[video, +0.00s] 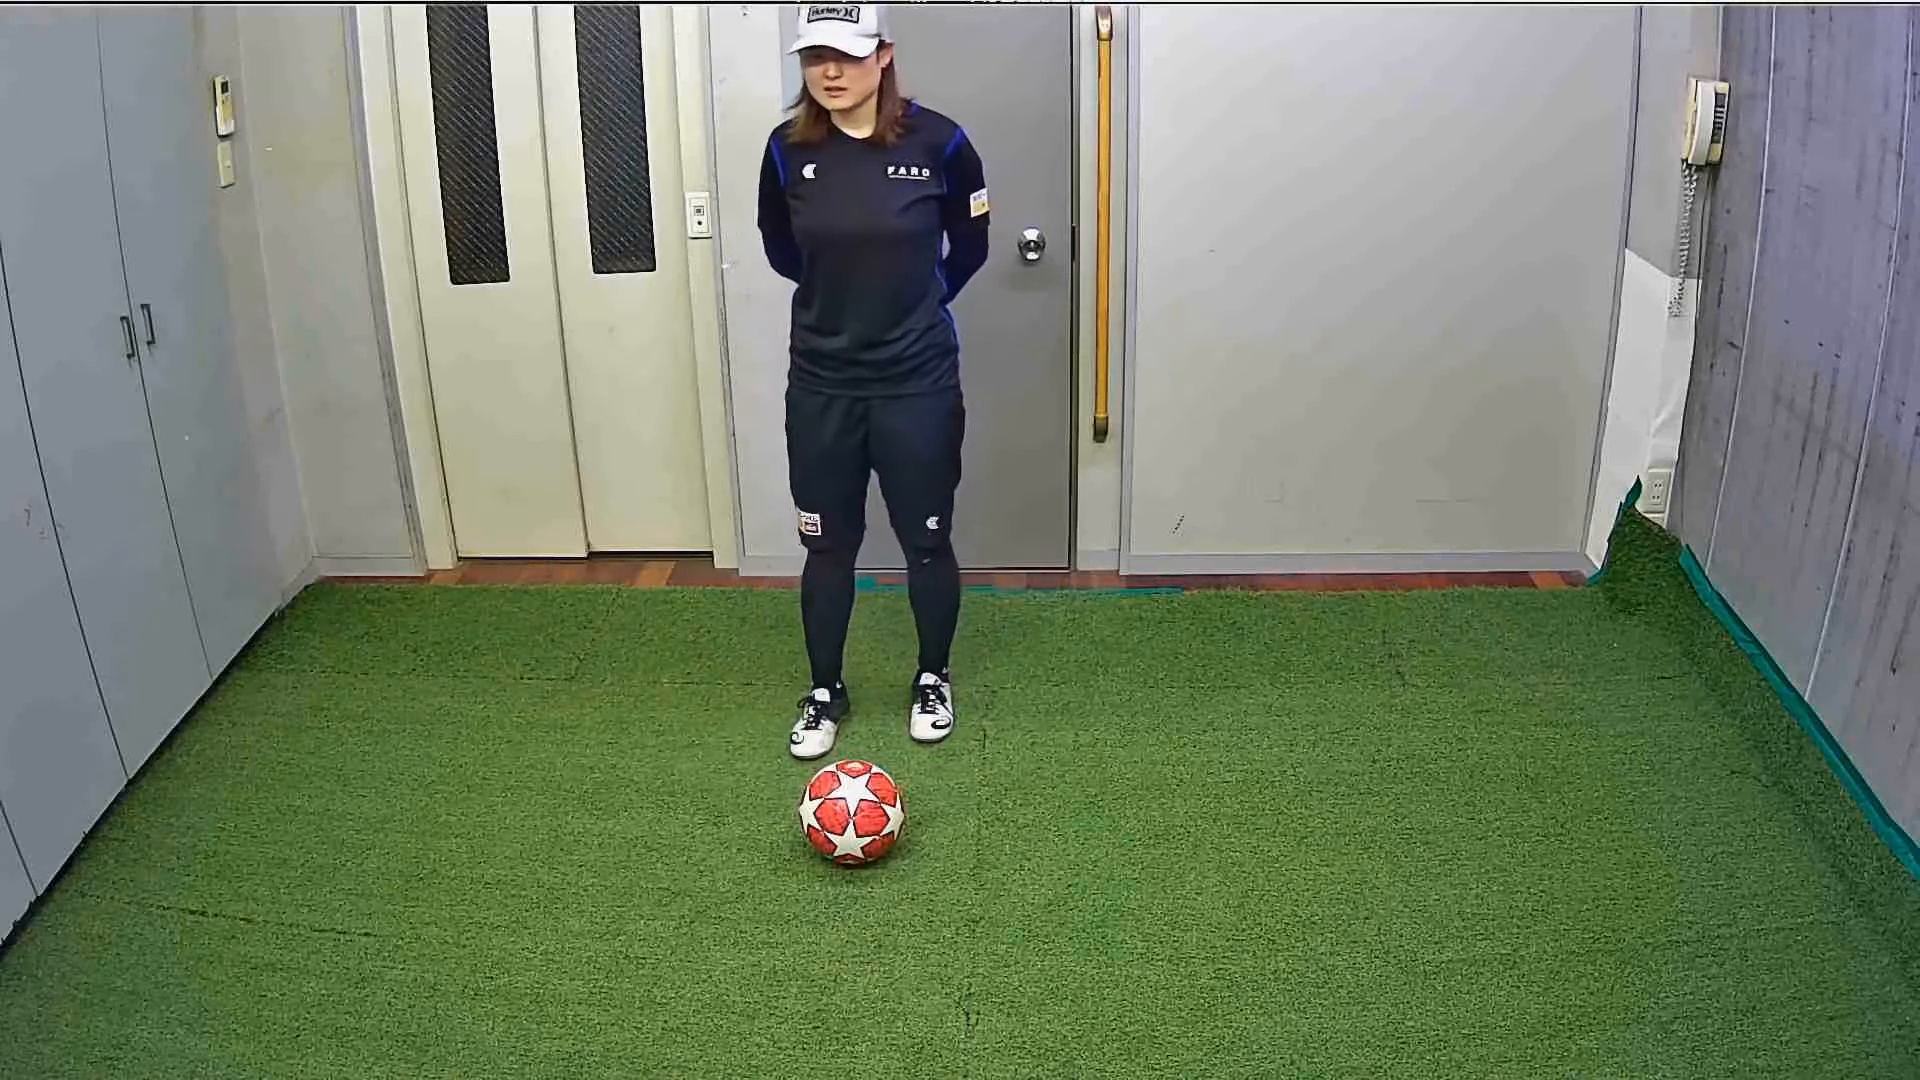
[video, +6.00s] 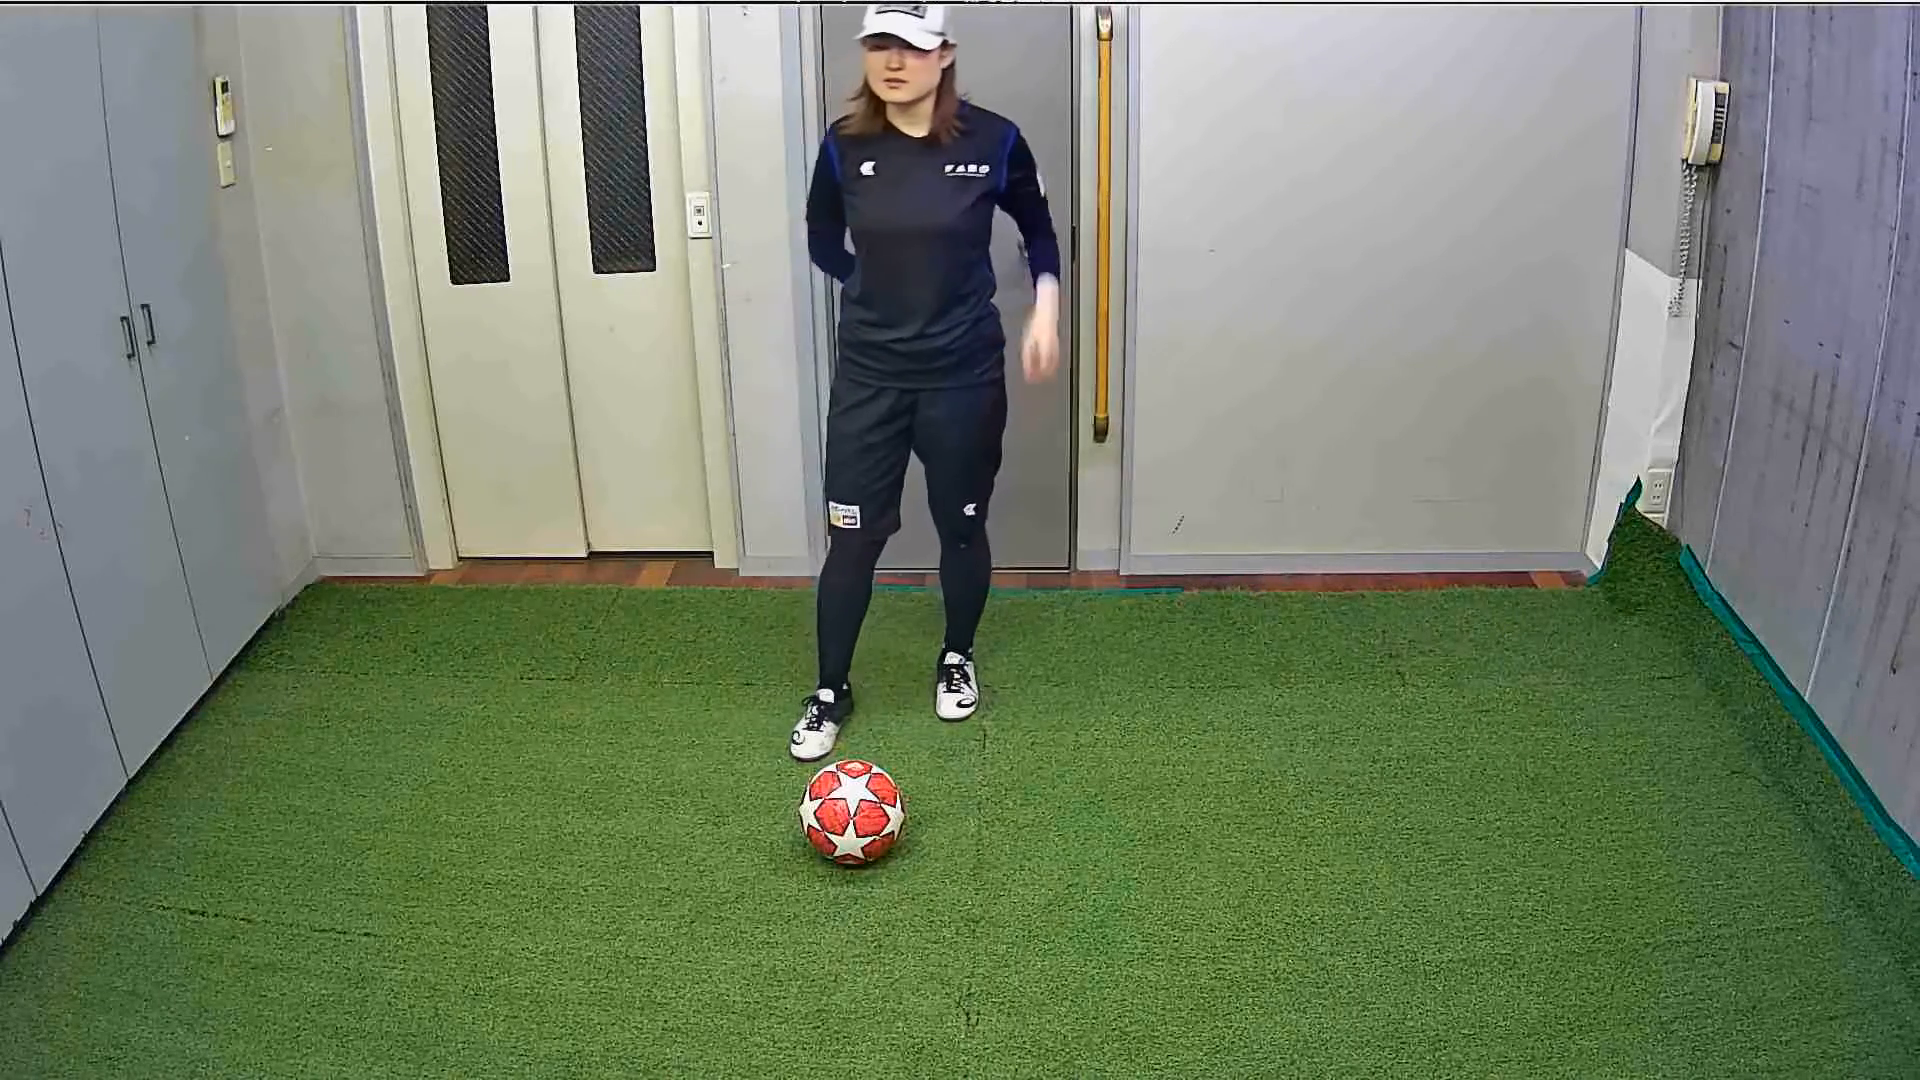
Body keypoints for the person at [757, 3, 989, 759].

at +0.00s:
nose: (830, 73)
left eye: (847, 57)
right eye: (817, 59)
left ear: (883, 58)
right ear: (803, 67)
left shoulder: (940, 142)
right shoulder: (787, 150)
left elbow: (972, 247)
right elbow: (779, 249)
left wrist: (913, 300)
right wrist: (840, 284)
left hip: (916, 379)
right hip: (820, 381)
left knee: (926, 537)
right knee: (824, 538)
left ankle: (932, 680)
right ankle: (824, 692)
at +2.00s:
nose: (809, 64)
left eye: (826, 49)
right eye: (796, 51)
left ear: (864, 56)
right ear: (781, 64)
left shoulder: (918, 145)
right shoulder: (762, 155)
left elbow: (950, 248)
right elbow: (750, 253)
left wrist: (894, 302)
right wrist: (810, 291)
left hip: (899, 385)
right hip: (801, 387)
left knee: (916, 548)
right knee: (814, 547)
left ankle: (931, 681)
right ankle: (825, 694)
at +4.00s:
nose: (787, 71)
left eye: (804, 55)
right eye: (773, 56)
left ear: (841, 59)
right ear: (759, 66)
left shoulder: (899, 145)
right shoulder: (743, 160)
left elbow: (932, 248)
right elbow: (731, 260)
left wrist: (875, 302)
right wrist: (794, 297)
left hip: (888, 388)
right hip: (788, 393)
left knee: (909, 549)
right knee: (809, 551)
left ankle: (932, 681)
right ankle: (824, 695)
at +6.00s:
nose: (890, 60)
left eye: (907, 47)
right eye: (878, 47)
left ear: (943, 56)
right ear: (863, 59)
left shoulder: (994, 142)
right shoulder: (845, 144)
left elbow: (1037, 226)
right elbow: (822, 240)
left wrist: (1045, 314)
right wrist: (872, 280)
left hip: (962, 366)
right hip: (868, 367)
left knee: (961, 522)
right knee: (851, 527)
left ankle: (956, 661)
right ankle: (830, 692)